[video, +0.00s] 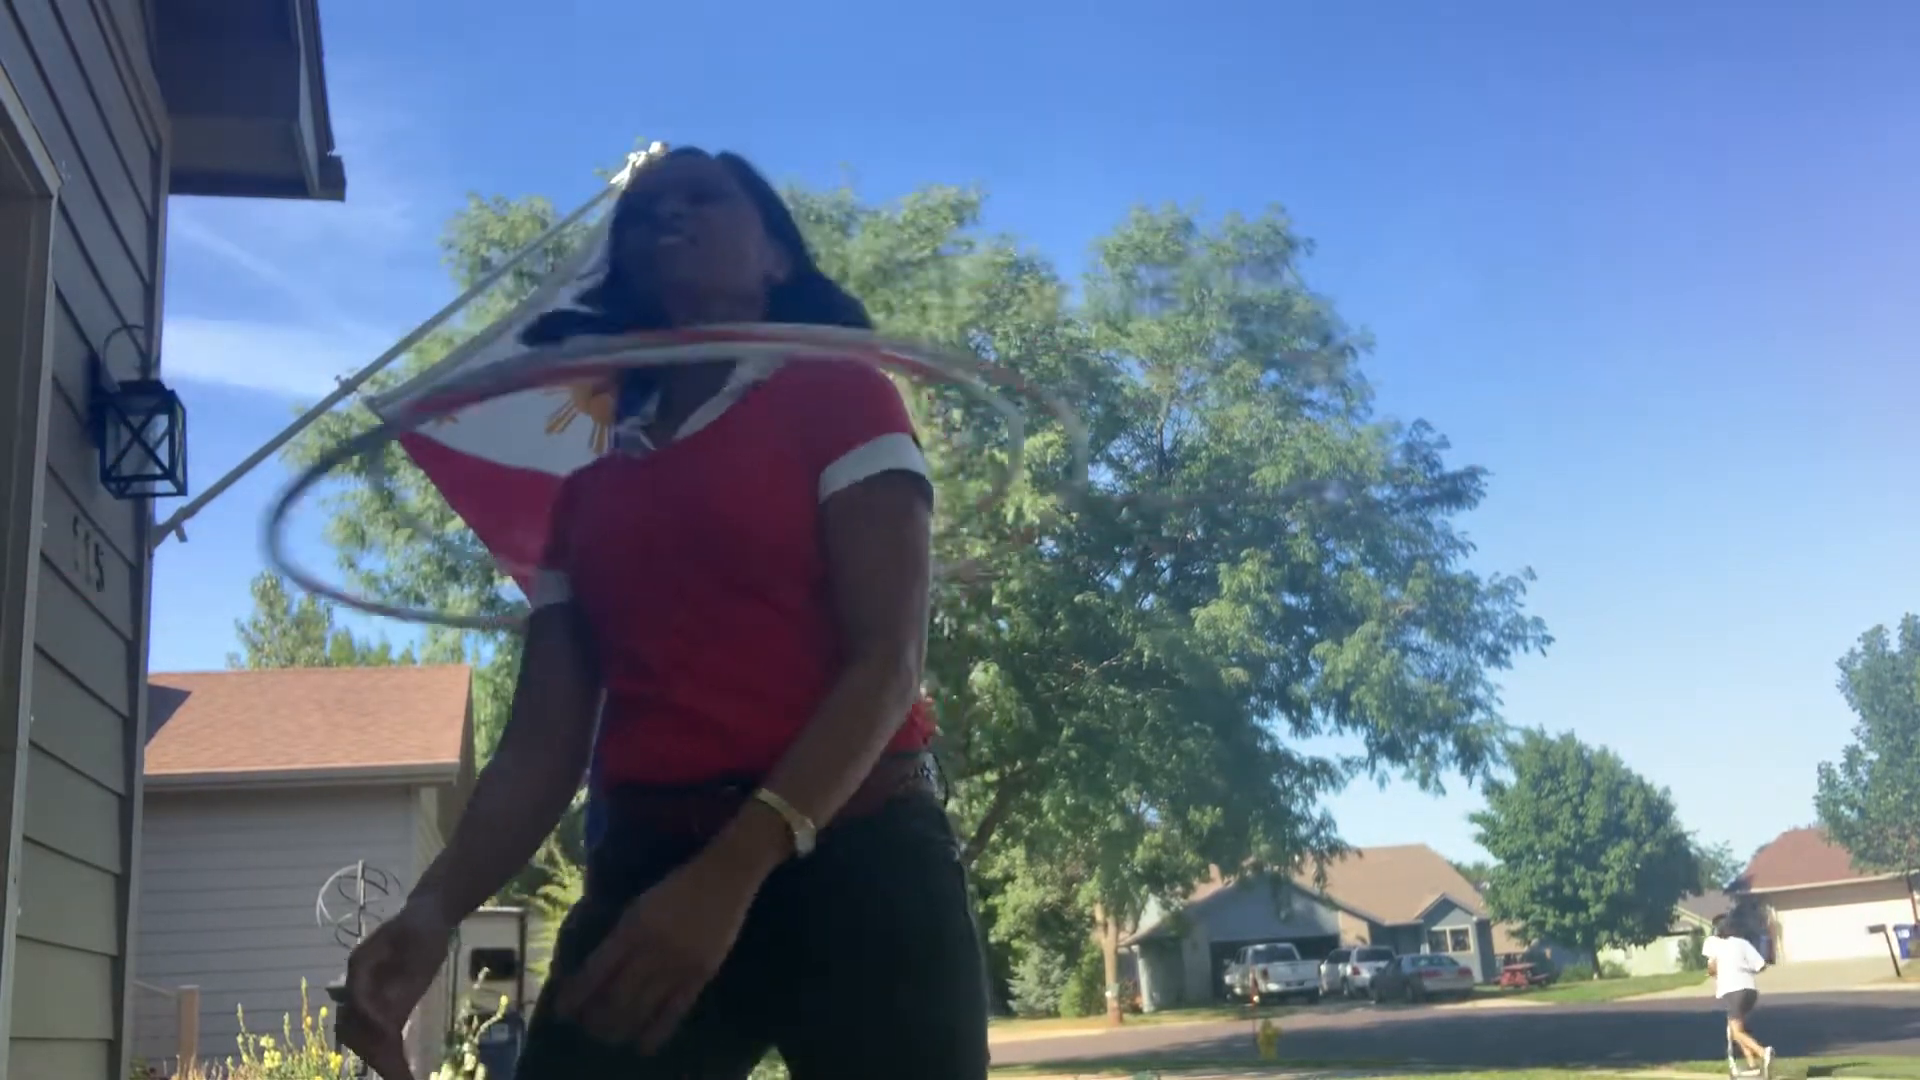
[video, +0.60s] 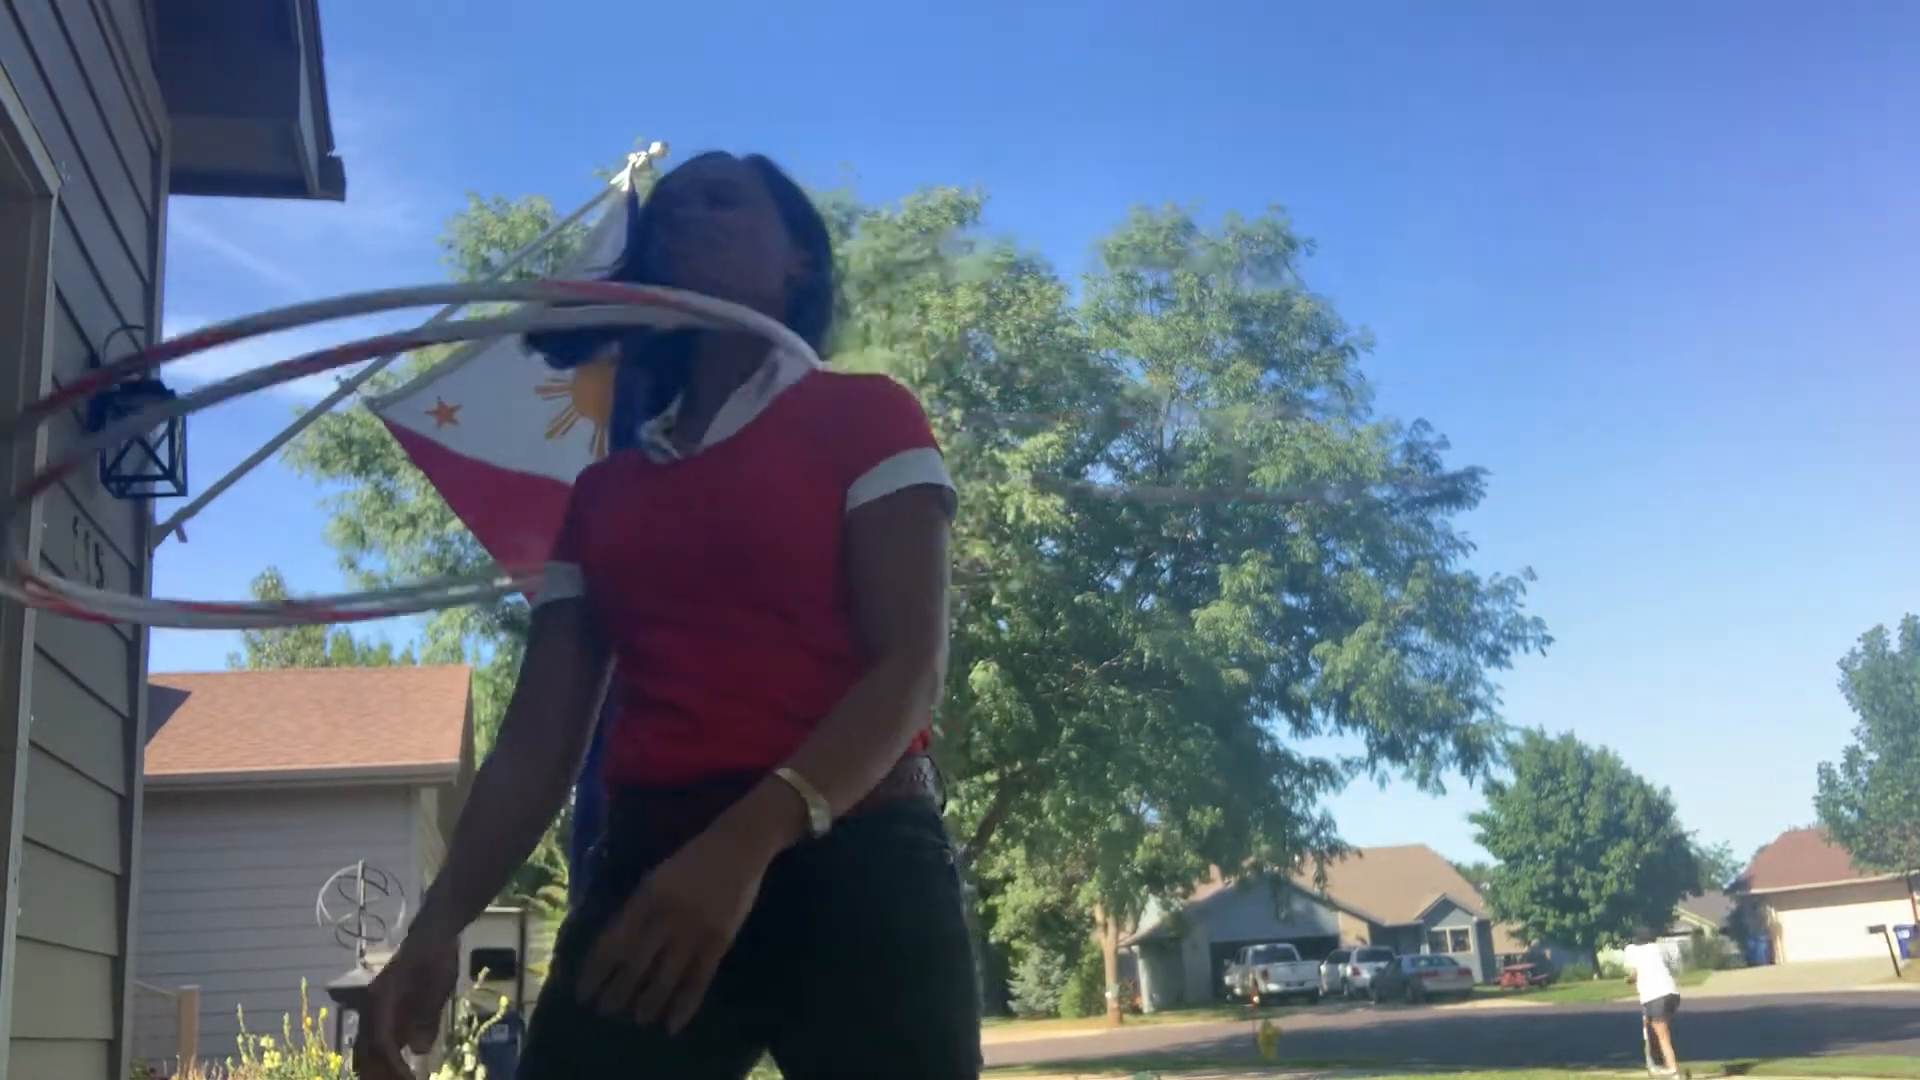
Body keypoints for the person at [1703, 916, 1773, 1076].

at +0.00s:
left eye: (1716, 929)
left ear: (1718, 930)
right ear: (1734, 929)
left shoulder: (1715, 942)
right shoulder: (1743, 942)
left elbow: (1712, 966)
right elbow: (1760, 965)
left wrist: (1713, 972)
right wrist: (1743, 970)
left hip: (1731, 988)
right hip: (1750, 987)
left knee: (1737, 1032)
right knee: (1736, 1029)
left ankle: (1763, 1053)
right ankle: (1752, 1064)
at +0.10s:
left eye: (1699, 929)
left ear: (1700, 929)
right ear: (1715, 927)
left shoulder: (1696, 942)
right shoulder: (1725, 941)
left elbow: (1697, 964)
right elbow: (1742, 962)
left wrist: (1697, 973)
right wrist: (1728, 970)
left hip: (1714, 988)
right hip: (1734, 987)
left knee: (1711, 1028)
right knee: (1725, 1026)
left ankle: (1732, 1056)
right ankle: (1735, 1062)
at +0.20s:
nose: (1684, 933)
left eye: (1684, 930)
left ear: (1687, 930)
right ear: (1701, 927)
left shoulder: (1686, 944)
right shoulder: (1712, 941)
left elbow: (1686, 967)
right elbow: (1730, 960)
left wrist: (1686, 976)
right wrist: (1717, 970)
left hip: (1704, 990)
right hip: (1723, 988)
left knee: (1696, 1026)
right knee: (1714, 1026)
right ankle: (1726, 1064)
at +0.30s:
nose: (1672, 935)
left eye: (1672, 932)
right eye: (1673, 931)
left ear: (1673, 933)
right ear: (1687, 930)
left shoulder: (1672, 948)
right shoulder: (1696, 941)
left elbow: (1674, 970)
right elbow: (1716, 959)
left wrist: (1674, 975)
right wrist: (1700, 968)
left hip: (1692, 992)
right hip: (1711, 989)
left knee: (1684, 1030)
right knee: (1702, 1028)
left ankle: (1679, 1068)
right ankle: (1713, 1064)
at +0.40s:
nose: (1656, 939)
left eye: (1657, 936)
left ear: (1659, 937)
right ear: (1674, 934)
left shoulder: (1658, 951)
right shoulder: (1685, 946)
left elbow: (1660, 972)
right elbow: (1700, 963)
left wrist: (1658, 978)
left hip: (1679, 997)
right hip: (1697, 994)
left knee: (1675, 1034)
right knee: (1689, 1033)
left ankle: (1675, 1070)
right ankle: (1698, 1065)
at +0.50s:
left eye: (1647, 936)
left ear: (1648, 937)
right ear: (1664, 935)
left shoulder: (1646, 951)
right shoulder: (1672, 946)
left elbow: (1646, 976)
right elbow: (1686, 967)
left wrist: (1644, 979)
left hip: (1666, 996)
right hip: (1684, 993)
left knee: (1669, 1034)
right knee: (1675, 1031)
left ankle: (1675, 1068)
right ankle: (1681, 1065)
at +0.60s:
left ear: (1635, 938)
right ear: (1651, 937)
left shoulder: (1632, 950)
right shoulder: (1657, 948)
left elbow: (1632, 975)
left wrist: (1630, 980)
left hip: (1654, 997)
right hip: (1672, 992)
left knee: (1664, 1039)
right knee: (1660, 1030)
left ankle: (1673, 1070)